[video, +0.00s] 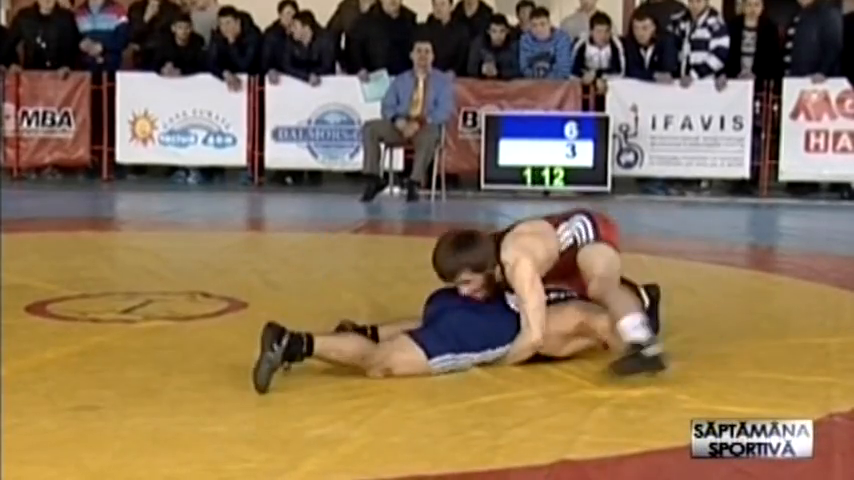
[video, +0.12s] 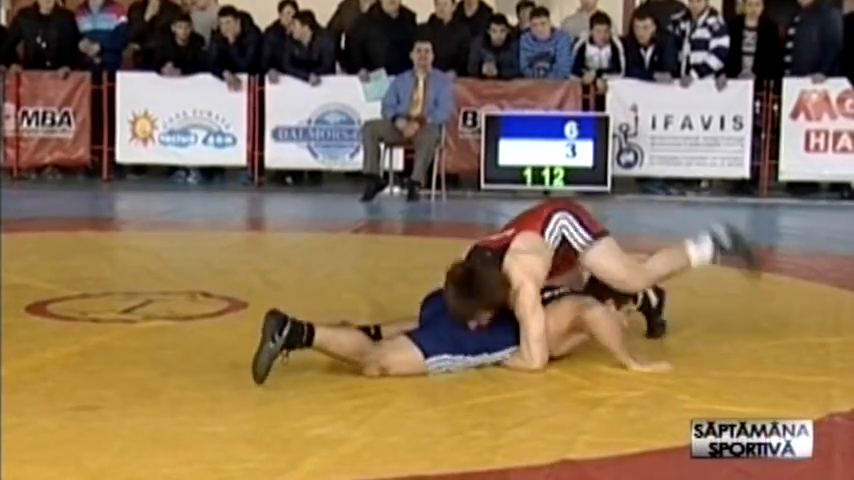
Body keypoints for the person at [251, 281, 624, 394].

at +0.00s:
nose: (634, 313)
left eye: (638, 307)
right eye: (639, 311)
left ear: (597, 290)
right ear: (627, 306)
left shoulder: (565, 297)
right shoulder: (590, 319)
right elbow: (620, 343)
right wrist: (625, 337)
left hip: (458, 303)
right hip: (469, 333)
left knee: (416, 331)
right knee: (379, 359)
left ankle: (360, 334)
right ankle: (293, 344)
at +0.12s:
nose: (615, 304)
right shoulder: (585, 301)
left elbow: (565, 297)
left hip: (451, 300)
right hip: (459, 335)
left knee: (394, 334)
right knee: (374, 357)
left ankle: (361, 332)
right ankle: (296, 332)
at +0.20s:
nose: (614, 302)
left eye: (616, 295)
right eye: (615, 295)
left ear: (583, 277)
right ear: (601, 290)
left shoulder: (549, 287)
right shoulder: (588, 299)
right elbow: (615, 311)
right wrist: (633, 360)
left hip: (450, 300)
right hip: (473, 331)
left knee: (385, 336)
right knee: (372, 364)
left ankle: (300, 324)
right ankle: (295, 323)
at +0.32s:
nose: (623, 294)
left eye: (620, 286)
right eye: (623, 287)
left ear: (588, 267)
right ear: (611, 285)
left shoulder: (560, 283)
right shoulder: (589, 303)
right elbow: (625, 344)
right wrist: (654, 358)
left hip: (456, 306)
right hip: (468, 338)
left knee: (394, 329)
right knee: (361, 354)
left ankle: (348, 329)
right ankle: (275, 327)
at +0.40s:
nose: (628, 304)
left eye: (623, 295)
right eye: (628, 298)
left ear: (595, 276)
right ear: (618, 298)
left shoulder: (560, 280)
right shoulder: (597, 318)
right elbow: (636, 364)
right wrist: (668, 362)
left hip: (451, 308)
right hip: (452, 341)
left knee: (393, 324)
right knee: (349, 341)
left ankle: (352, 324)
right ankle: (259, 315)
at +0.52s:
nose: (611, 324)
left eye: (609, 313)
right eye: (613, 320)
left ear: (590, 290)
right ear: (607, 316)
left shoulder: (548, 287)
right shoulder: (582, 327)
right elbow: (632, 363)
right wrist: (665, 361)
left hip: (449, 303)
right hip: (449, 334)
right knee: (335, 341)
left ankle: (349, 293)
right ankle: (250, 306)